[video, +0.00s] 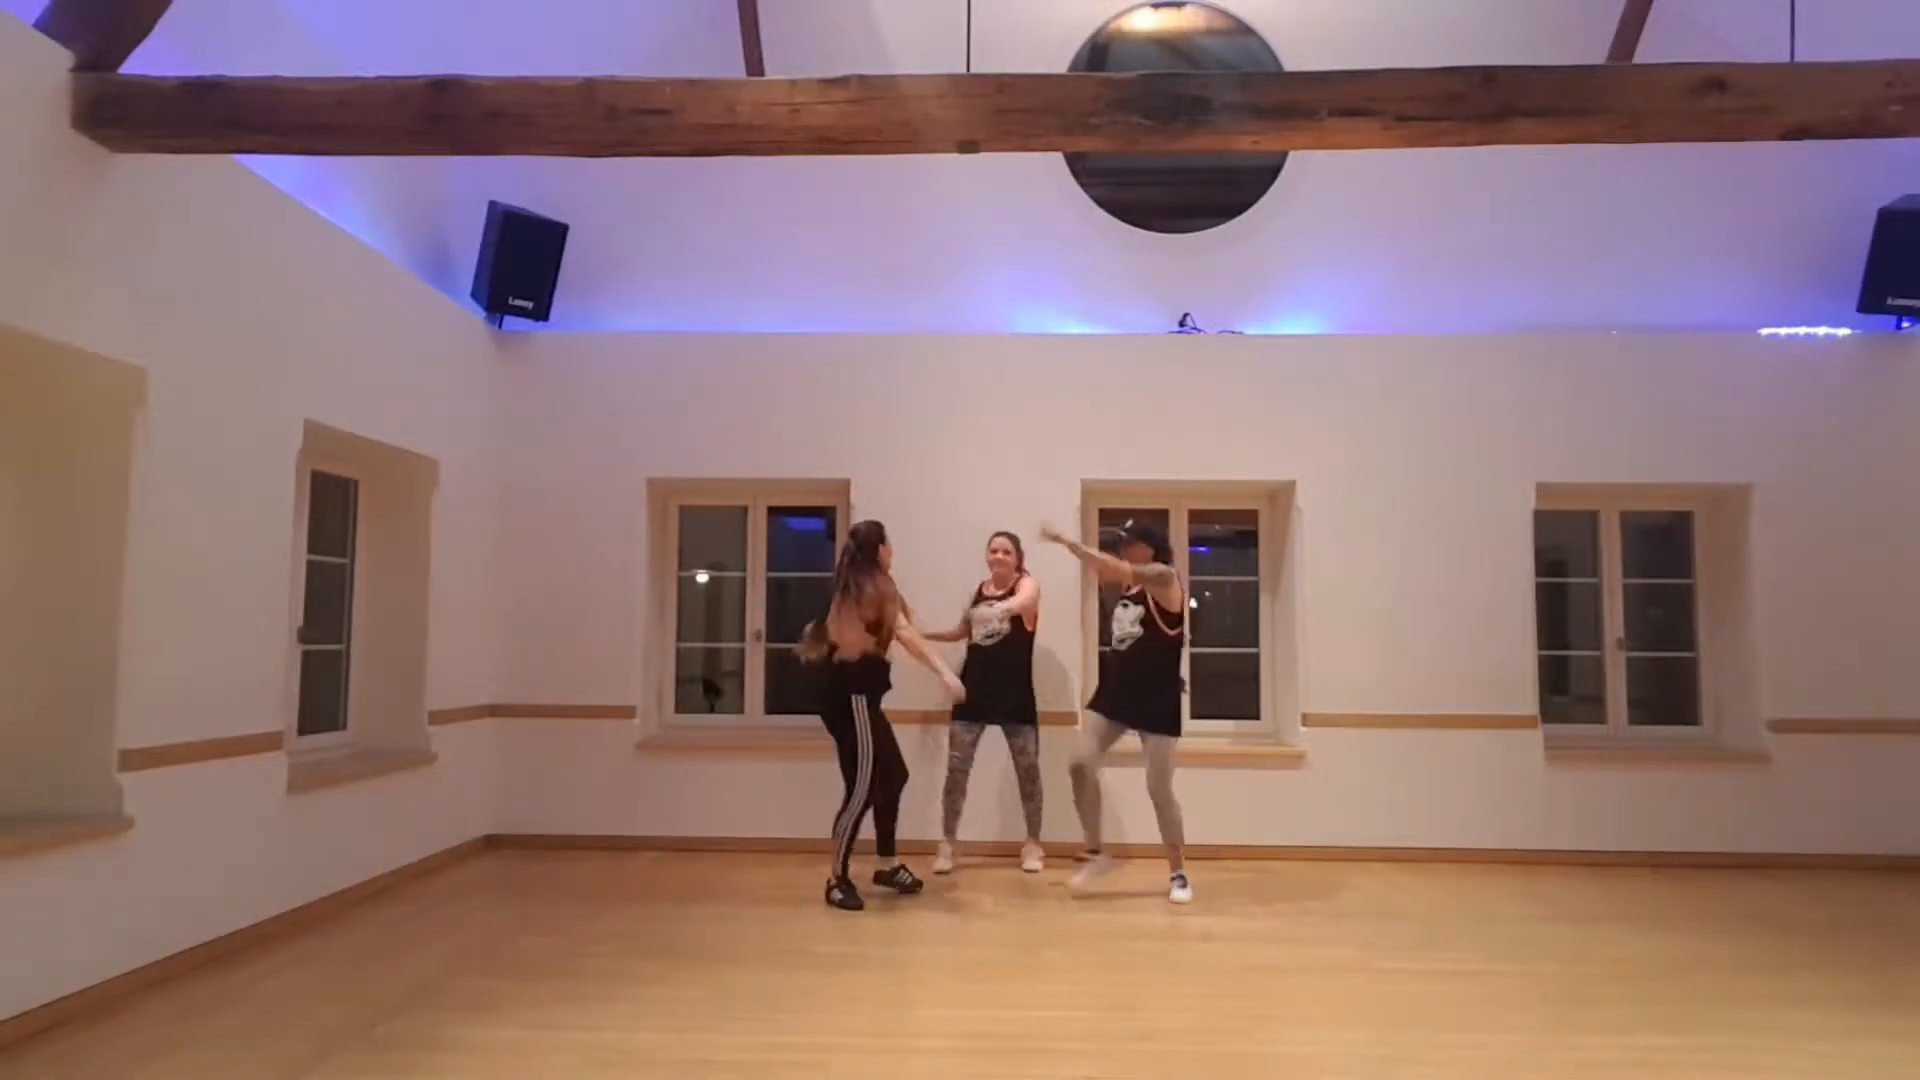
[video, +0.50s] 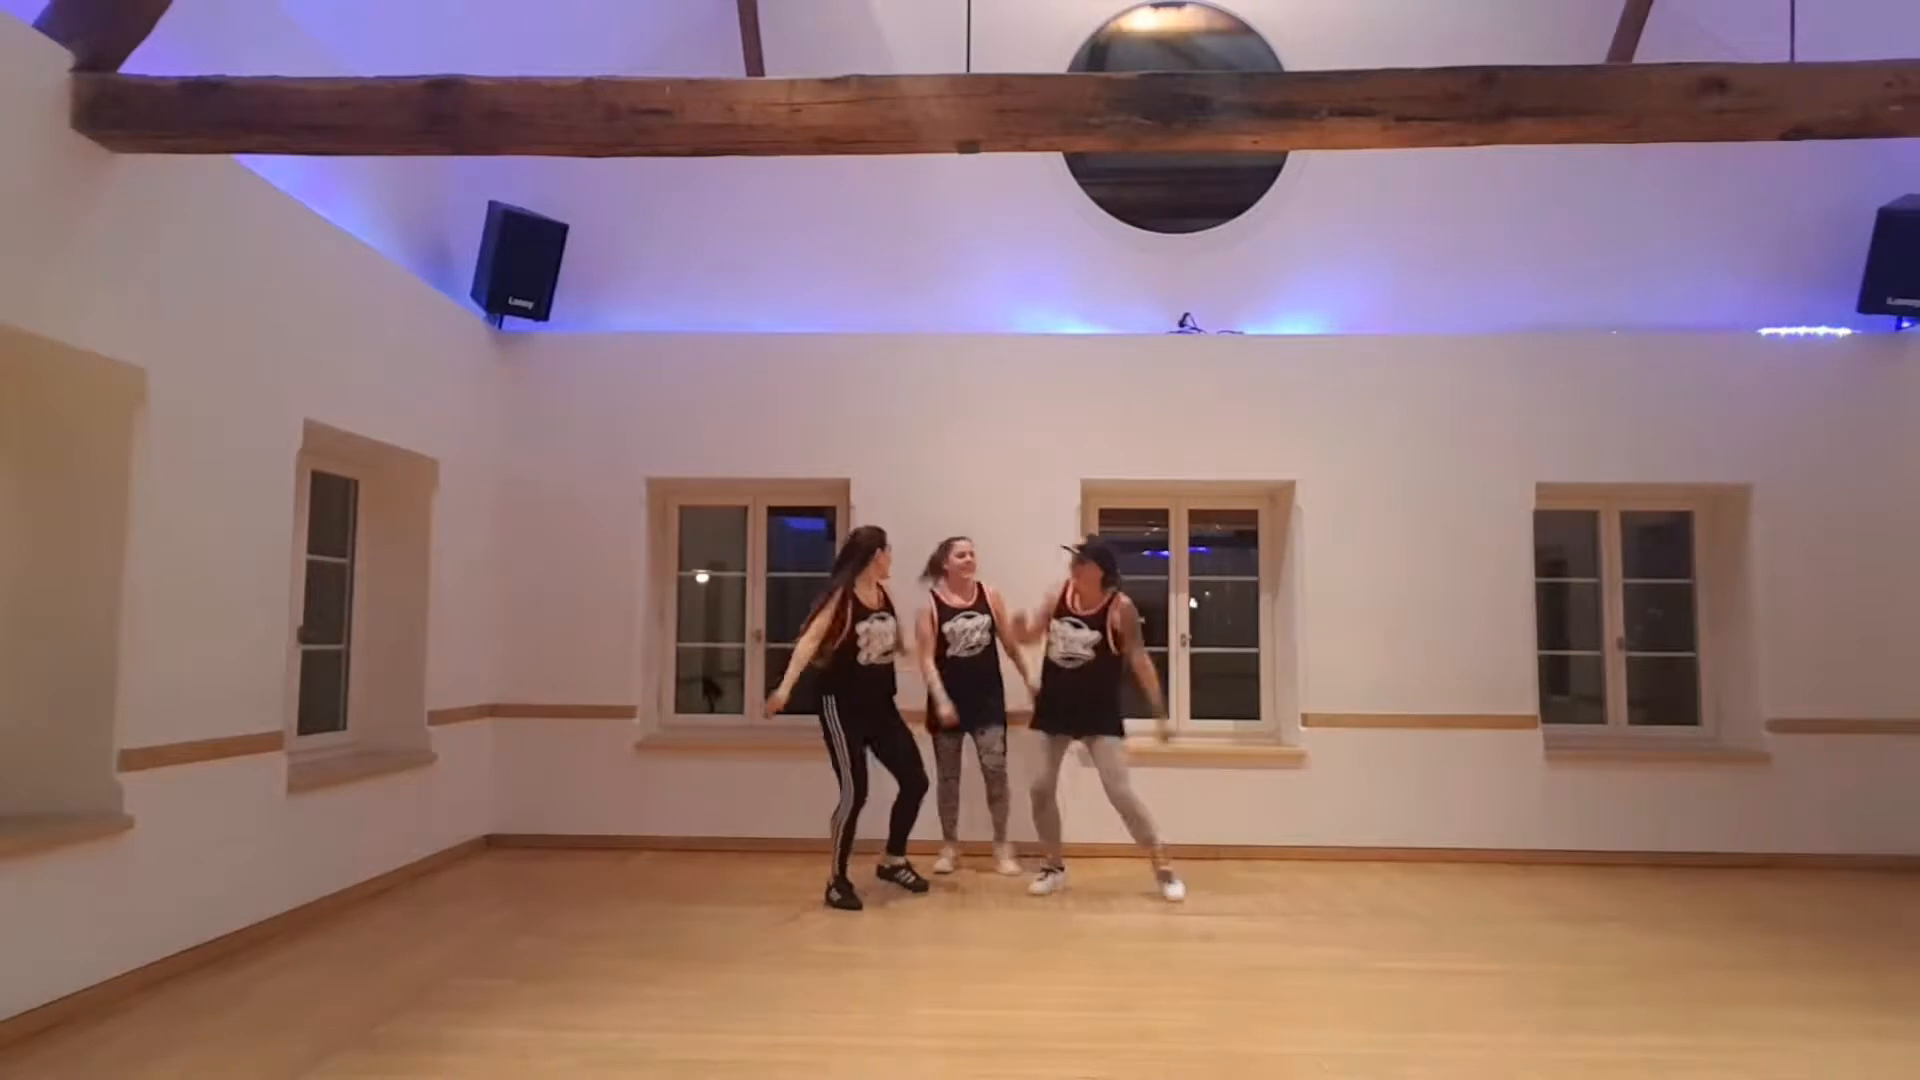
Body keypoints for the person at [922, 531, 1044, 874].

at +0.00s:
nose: (998, 557)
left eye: (1005, 552)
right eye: (994, 552)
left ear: (1018, 559)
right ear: (986, 558)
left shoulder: (1027, 585)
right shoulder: (981, 590)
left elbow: (1022, 601)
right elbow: (961, 632)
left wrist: (996, 609)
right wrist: (921, 634)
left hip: (1014, 692)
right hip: (974, 690)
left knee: (1027, 767)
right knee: (957, 767)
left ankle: (1033, 842)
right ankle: (947, 843)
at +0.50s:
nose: (969, 560)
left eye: (972, 554)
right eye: (961, 555)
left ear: (977, 560)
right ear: (944, 563)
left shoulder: (990, 597)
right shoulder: (931, 605)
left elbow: (1011, 644)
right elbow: (926, 658)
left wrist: (1030, 680)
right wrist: (941, 699)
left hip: (987, 694)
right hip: (947, 696)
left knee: (995, 769)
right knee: (948, 775)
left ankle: (1002, 844)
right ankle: (949, 845)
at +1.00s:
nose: (965, 562)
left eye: (968, 556)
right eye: (957, 558)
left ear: (975, 562)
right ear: (944, 568)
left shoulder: (976, 595)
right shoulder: (945, 606)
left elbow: (991, 631)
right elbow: (959, 662)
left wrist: (1001, 651)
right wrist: (984, 710)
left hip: (985, 689)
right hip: (955, 696)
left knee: (1015, 762)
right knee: (958, 772)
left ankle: (998, 840)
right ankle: (949, 844)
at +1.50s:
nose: (991, 567)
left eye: (999, 561)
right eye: (986, 562)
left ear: (1012, 569)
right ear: (980, 570)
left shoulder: (1028, 606)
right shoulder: (973, 613)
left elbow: (1045, 652)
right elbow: (968, 669)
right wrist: (986, 715)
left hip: (1029, 697)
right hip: (994, 702)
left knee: (1034, 778)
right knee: (1009, 777)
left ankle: (1017, 851)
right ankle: (968, 844)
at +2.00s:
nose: (1030, 566)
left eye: (1036, 562)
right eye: (1024, 560)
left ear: (1044, 570)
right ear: (1012, 567)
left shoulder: (1050, 606)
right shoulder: (990, 597)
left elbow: (1053, 660)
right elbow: (966, 637)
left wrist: (1036, 706)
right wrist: (962, 682)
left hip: (1031, 702)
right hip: (990, 699)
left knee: (1027, 777)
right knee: (989, 775)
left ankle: (1021, 850)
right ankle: (987, 845)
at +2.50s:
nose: (1023, 565)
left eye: (1031, 561)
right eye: (1018, 558)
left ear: (1040, 571)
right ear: (1008, 563)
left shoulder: (1042, 604)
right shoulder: (984, 592)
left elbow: (1042, 656)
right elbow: (951, 625)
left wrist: (1010, 690)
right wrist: (942, 668)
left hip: (1012, 696)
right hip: (971, 691)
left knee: (1015, 774)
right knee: (965, 773)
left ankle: (1017, 848)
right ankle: (958, 849)